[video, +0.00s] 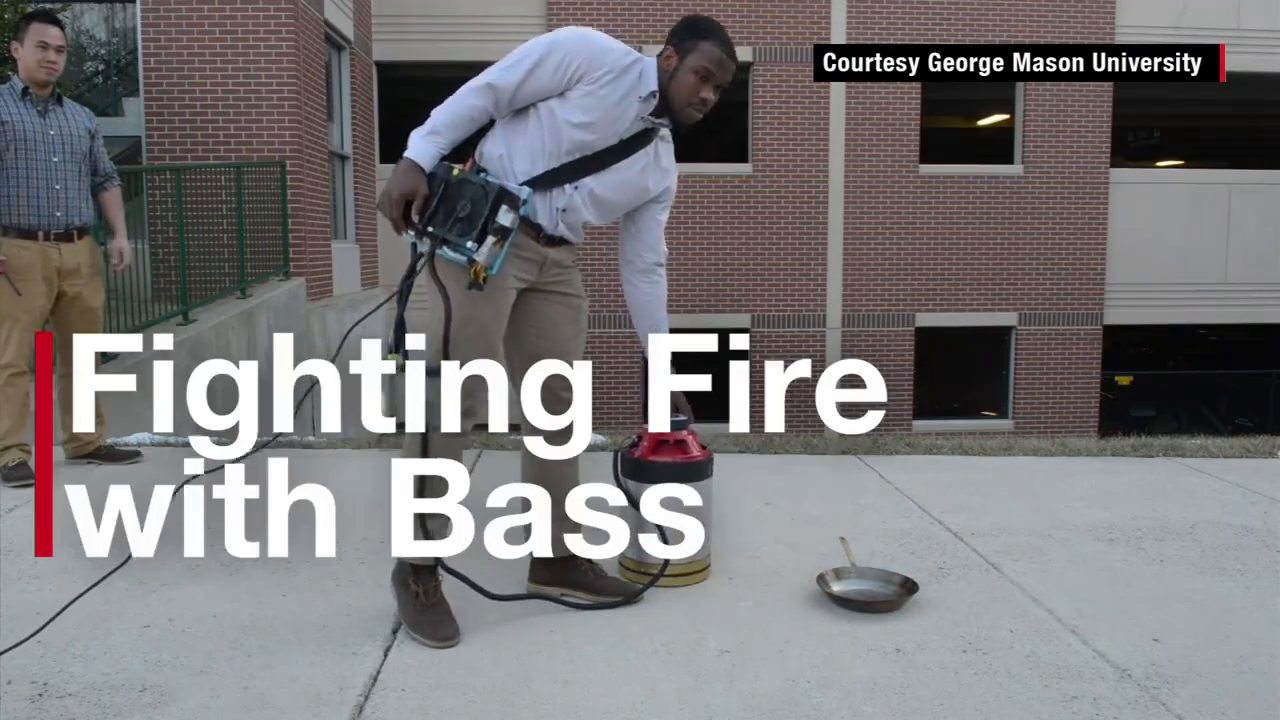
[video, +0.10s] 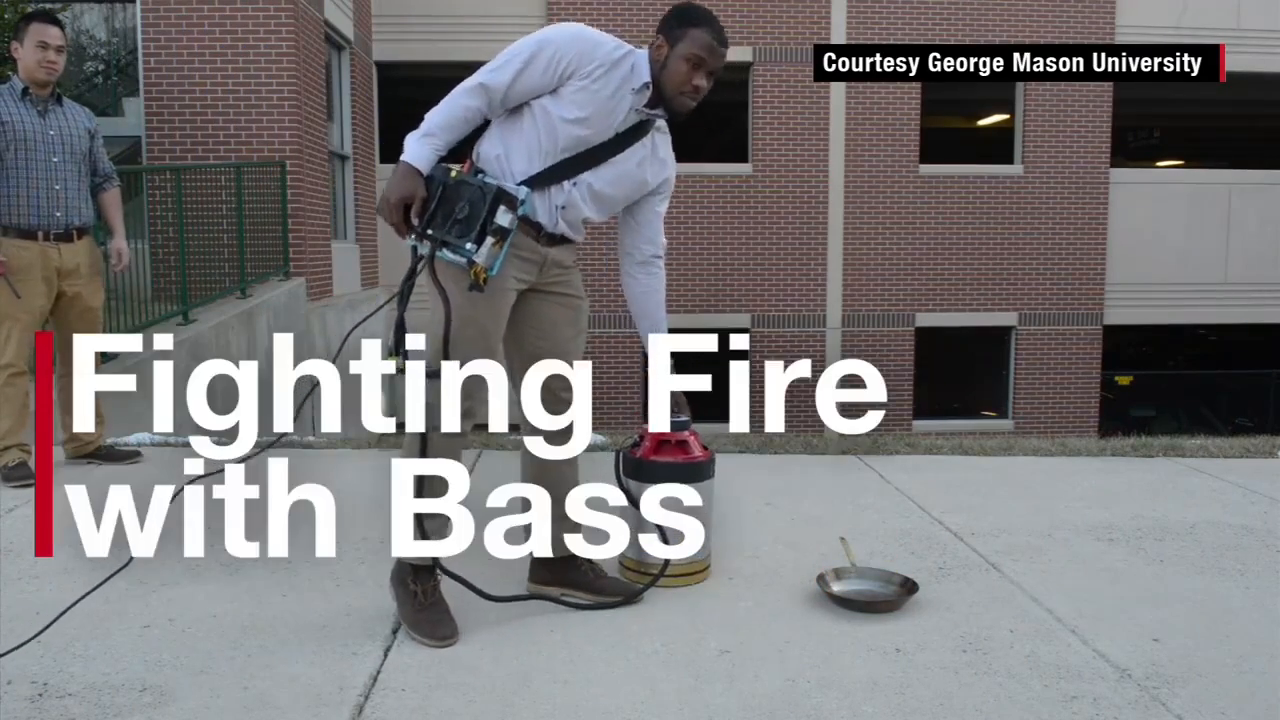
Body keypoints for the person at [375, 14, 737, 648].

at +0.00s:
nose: (710, 98)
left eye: (721, 89)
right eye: (703, 78)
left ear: (722, 90)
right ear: (668, 56)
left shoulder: (658, 171)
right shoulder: (592, 55)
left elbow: (646, 272)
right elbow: (488, 93)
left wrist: (664, 376)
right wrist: (415, 161)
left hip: (554, 260)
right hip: (480, 234)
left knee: (557, 411)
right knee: (460, 410)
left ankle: (554, 557)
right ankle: (418, 567)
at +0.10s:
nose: (702, 83)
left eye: (713, 74)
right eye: (694, 64)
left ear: (713, 76)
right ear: (658, 46)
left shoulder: (657, 163)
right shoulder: (583, 51)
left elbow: (645, 265)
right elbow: (484, 91)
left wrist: (662, 369)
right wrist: (411, 162)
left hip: (557, 258)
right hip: (484, 233)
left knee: (556, 409)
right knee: (463, 409)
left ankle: (554, 557)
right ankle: (417, 565)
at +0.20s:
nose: (685, 60)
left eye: (695, 50)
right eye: (676, 41)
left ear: (697, 55)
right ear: (640, 26)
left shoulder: (650, 147)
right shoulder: (559, 42)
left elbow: (638, 248)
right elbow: (467, 94)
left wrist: (655, 345)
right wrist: (405, 169)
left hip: (555, 257)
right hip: (483, 236)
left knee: (556, 411)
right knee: (460, 411)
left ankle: (556, 559)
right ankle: (408, 562)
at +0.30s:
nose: (668, 42)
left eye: (678, 33)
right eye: (659, 25)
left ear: (680, 37)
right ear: (623, 14)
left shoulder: (641, 134)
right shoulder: (546, 38)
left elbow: (631, 234)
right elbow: (455, 95)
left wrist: (644, 327)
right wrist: (401, 175)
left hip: (554, 255)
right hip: (479, 237)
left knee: (554, 409)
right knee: (455, 409)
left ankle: (557, 556)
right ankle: (401, 556)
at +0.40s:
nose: (638, 18)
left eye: (645, 9)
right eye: (626, 4)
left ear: (646, 18)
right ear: (587, 3)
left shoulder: (622, 111)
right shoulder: (516, 33)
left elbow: (616, 213)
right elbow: (431, 99)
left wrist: (622, 297)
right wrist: (388, 185)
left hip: (549, 250)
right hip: (474, 239)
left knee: (551, 407)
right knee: (445, 404)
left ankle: (554, 556)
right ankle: (392, 551)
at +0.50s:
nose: (611, 9)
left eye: (615, 3)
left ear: (613, 17)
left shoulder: (605, 103)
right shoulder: (490, 32)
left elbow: (601, 203)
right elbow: (410, 108)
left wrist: (608, 287)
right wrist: (374, 195)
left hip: (542, 252)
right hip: (464, 243)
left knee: (548, 408)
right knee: (442, 409)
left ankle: (555, 554)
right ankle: (386, 555)